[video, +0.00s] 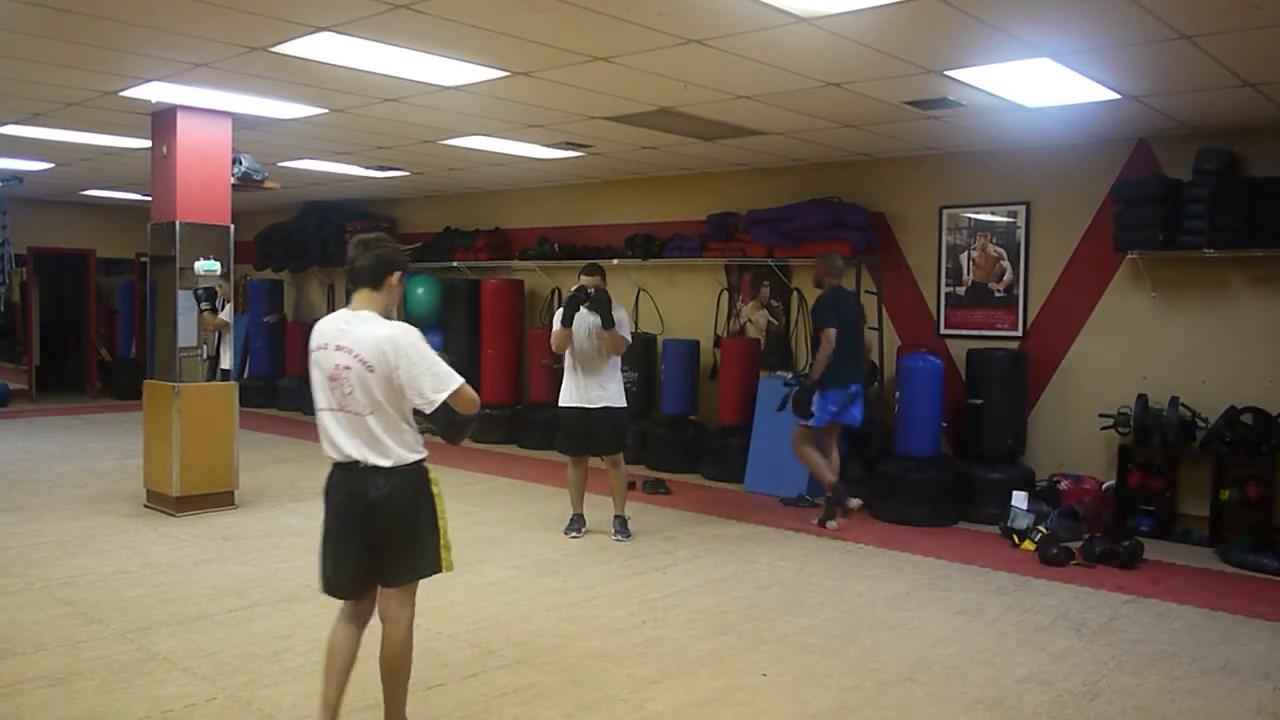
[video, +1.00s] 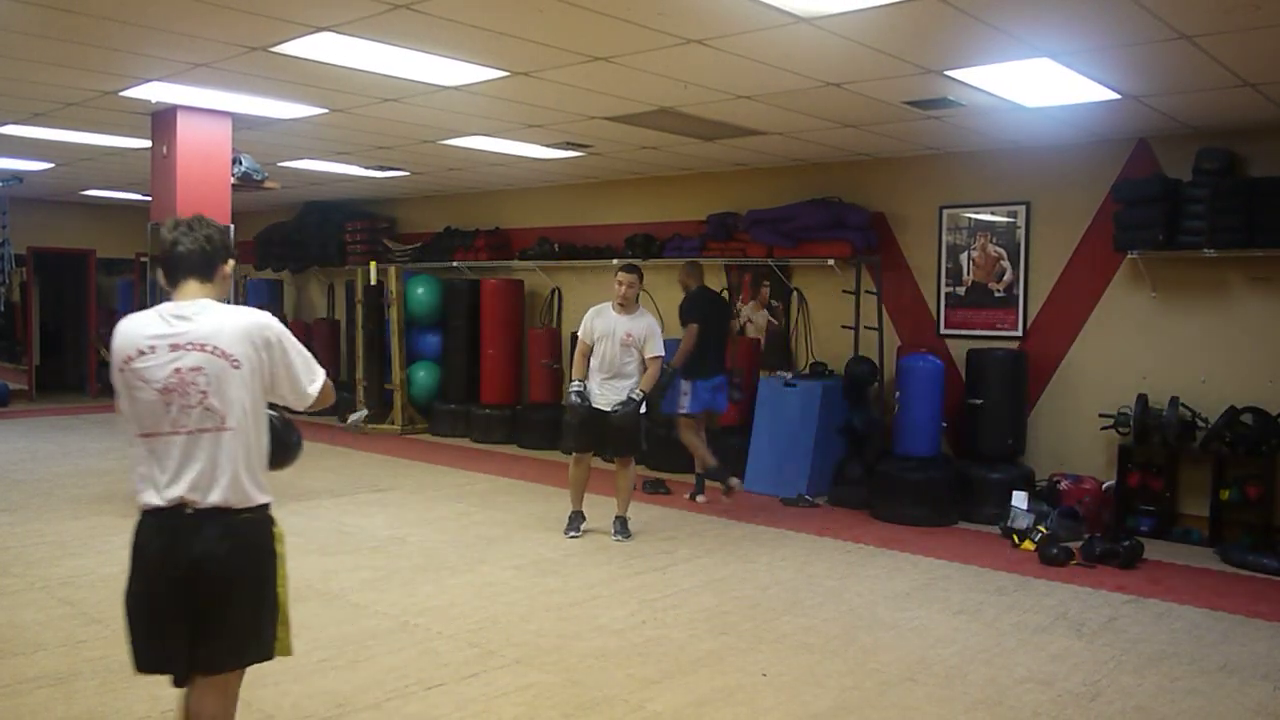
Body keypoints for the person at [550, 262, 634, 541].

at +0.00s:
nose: (589, 293)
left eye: (595, 288)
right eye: (584, 288)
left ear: (605, 286)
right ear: (577, 286)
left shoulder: (616, 312)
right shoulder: (565, 311)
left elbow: (617, 348)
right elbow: (558, 346)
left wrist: (605, 314)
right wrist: (570, 311)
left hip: (609, 399)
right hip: (574, 399)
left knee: (614, 459)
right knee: (576, 459)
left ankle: (619, 517)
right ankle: (577, 516)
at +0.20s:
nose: (597, 291)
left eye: (603, 286)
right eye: (593, 285)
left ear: (612, 287)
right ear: (587, 285)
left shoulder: (625, 318)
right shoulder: (571, 315)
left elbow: (630, 360)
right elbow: (558, 355)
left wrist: (613, 338)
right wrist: (573, 334)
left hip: (612, 402)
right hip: (577, 400)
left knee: (615, 460)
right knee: (578, 460)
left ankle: (620, 518)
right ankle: (576, 516)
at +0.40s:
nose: (606, 288)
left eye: (612, 284)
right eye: (602, 283)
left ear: (621, 287)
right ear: (596, 284)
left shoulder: (633, 321)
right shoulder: (578, 316)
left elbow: (647, 360)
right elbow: (564, 354)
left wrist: (634, 380)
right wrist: (567, 381)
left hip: (618, 406)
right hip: (582, 403)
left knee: (617, 460)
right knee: (581, 460)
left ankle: (620, 518)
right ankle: (577, 516)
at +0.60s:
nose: (615, 290)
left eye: (622, 285)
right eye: (611, 284)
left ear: (631, 288)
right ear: (604, 284)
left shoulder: (642, 322)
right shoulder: (586, 315)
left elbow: (654, 358)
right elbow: (573, 351)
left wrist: (642, 382)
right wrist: (570, 383)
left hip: (622, 405)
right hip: (587, 403)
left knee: (621, 460)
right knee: (583, 459)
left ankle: (620, 518)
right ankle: (578, 515)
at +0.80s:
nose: (621, 291)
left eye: (628, 286)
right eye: (618, 285)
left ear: (637, 290)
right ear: (611, 285)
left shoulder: (646, 323)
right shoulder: (592, 315)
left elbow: (658, 365)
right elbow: (578, 354)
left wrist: (640, 390)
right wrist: (575, 387)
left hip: (625, 405)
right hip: (590, 402)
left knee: (623, 460)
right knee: (584, 459)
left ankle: (621, 518)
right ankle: (578, 515)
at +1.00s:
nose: (623, 290)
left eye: (630, 286)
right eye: (620, 283)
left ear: (640, 289)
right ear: (614, 284)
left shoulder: (648, 323)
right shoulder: (594, 315)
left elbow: (654, 366)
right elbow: (580, 353)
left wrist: (637, 396)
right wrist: (576, 386)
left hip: (625, 404)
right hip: (591, 402)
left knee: (624, 460)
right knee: (580, 456)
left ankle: (621, 518)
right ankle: (576, 513)